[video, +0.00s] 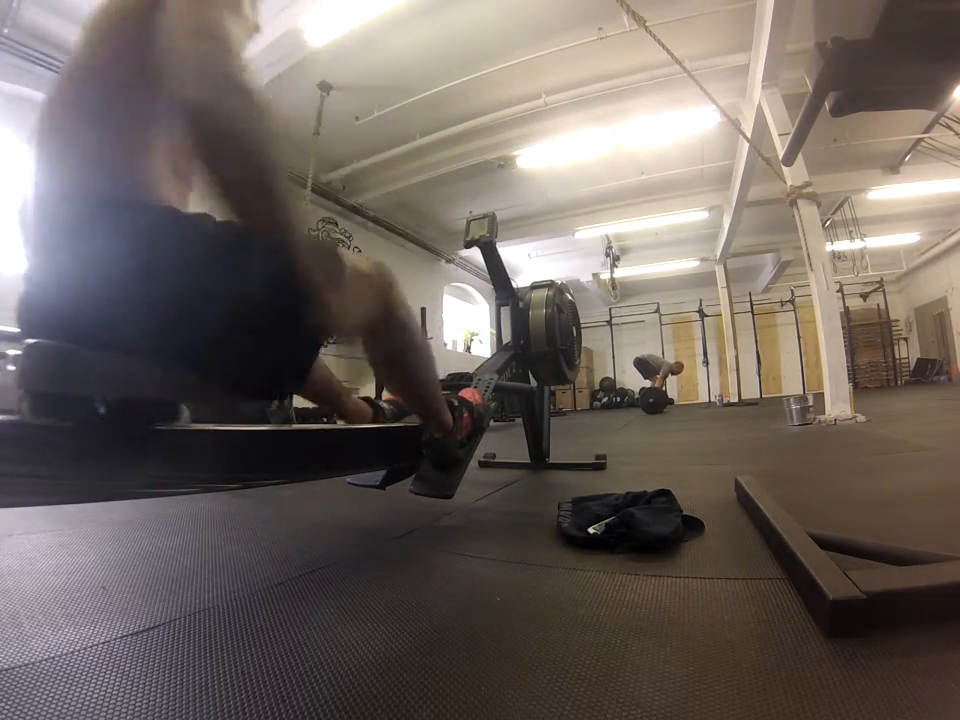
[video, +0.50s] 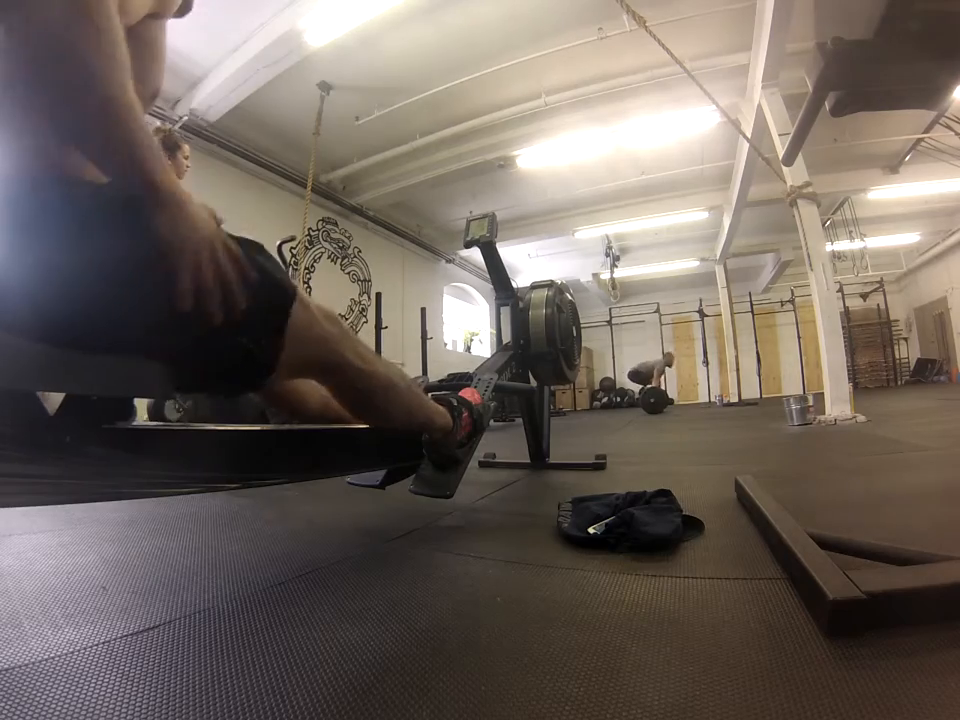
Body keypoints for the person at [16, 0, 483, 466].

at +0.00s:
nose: (243, 35)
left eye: (245, 32)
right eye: (240, 24)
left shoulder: (107, 48)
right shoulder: (184, 12)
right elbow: (210, 101)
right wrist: (302, 262)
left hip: (56, 286)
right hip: (129, 272)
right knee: (376, 289)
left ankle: (359, 413)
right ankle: (445, 428)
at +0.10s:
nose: (227, 29)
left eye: (226, 31)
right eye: (226, 23)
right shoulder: (178, 8)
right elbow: (121, 72)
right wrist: (194, 293)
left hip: (49, 261)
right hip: (117, 252)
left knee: (244, 310)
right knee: (360, 294)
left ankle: (358, 415)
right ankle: (445, 424)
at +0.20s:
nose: (214, 17)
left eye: (217, 14)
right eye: (215, 7)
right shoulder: (160, 10)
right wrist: (132, 260)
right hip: (113, 229)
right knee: (349, 314)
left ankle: (359, 422)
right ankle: (444, 430)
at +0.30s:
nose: (196, 14)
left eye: (188, 18)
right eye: (188, 13)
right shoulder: (141, 11)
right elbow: (45, 16)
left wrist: (157, 194)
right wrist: (145, 224)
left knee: (270, 350)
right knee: (337, 323)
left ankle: (365, 431)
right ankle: (445, 429)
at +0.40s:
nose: (183, 13)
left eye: (171, 17)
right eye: (170, 14)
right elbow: (48, 19)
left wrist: (159, 195)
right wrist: (151, 207)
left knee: (272, 361)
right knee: (330, 332)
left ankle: (382, 443)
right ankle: (447, 431)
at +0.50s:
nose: (183, 13)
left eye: (176, 14)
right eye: (175, 10)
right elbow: (57, 16)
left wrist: (157, 168)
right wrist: (166, 191)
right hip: (52, 212)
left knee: (269, 370)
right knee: (328, 342)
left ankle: (379, 433)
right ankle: (445, 428)